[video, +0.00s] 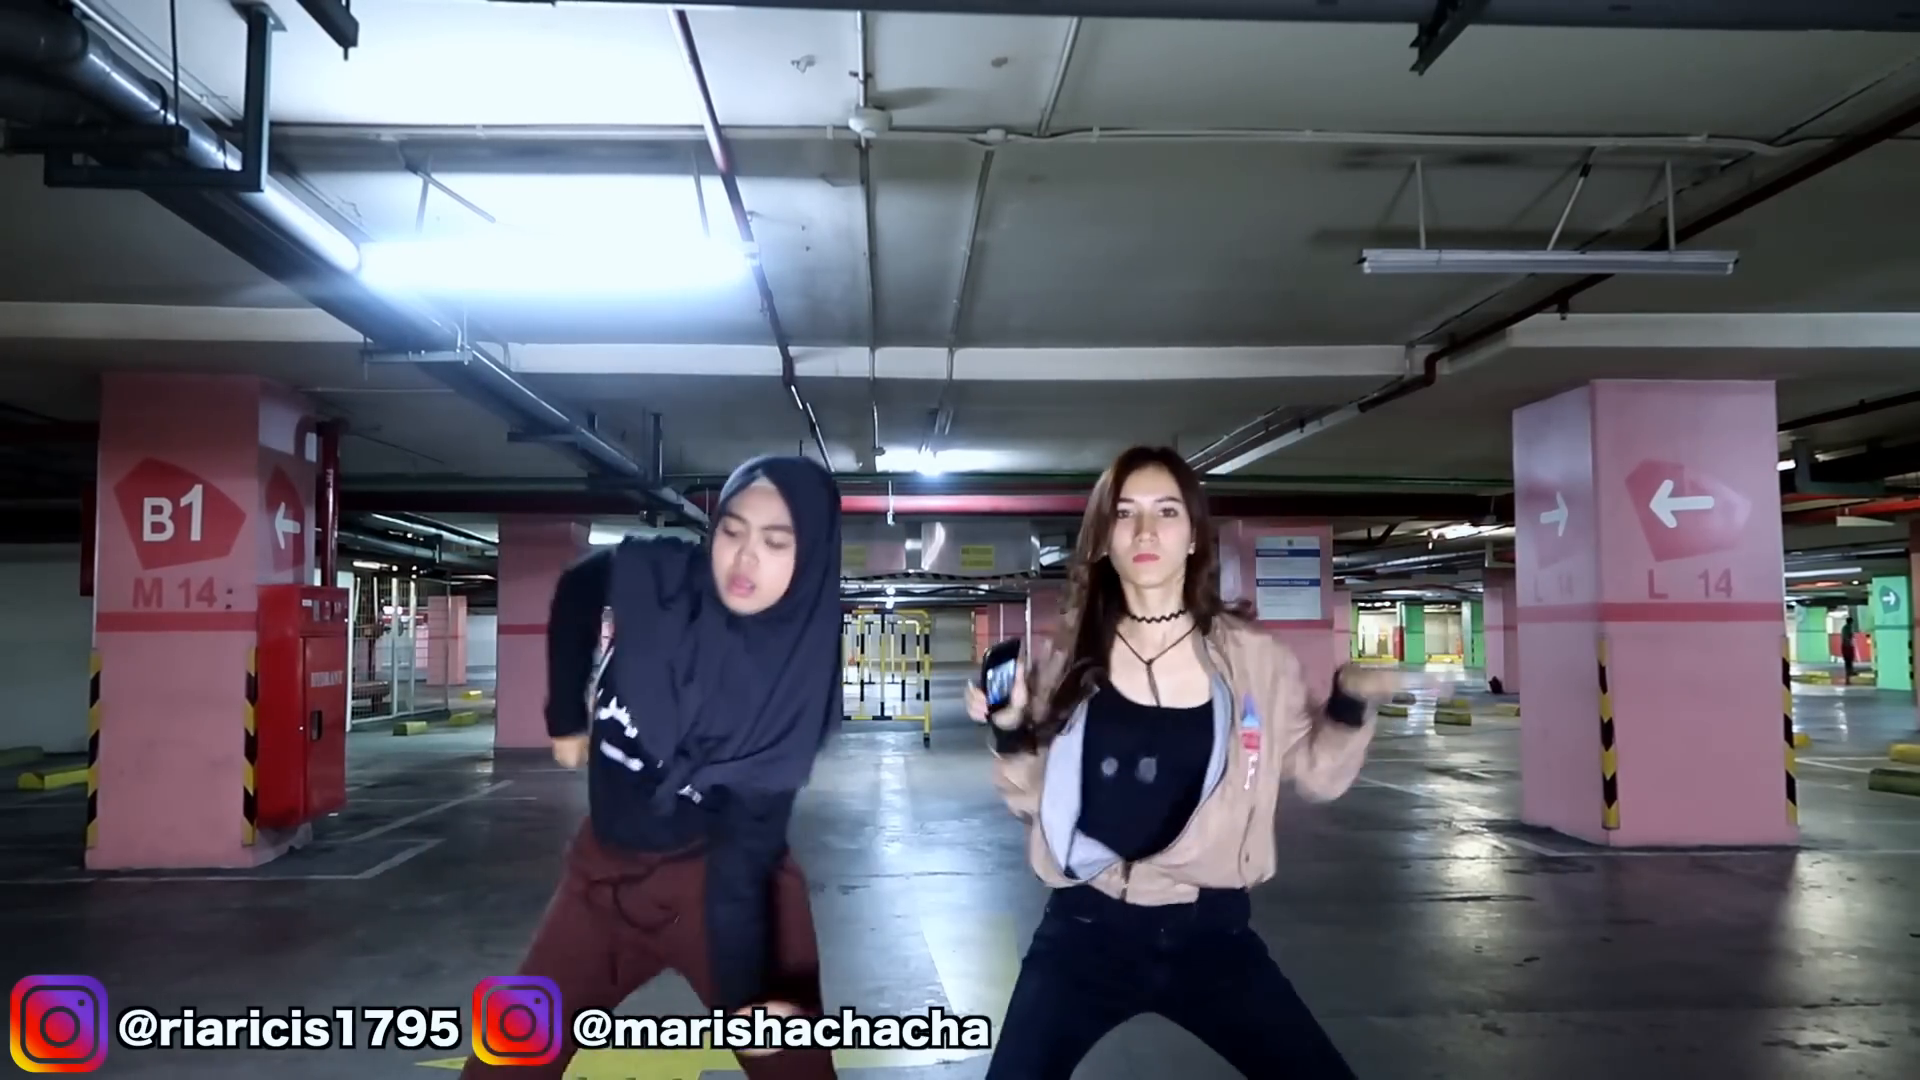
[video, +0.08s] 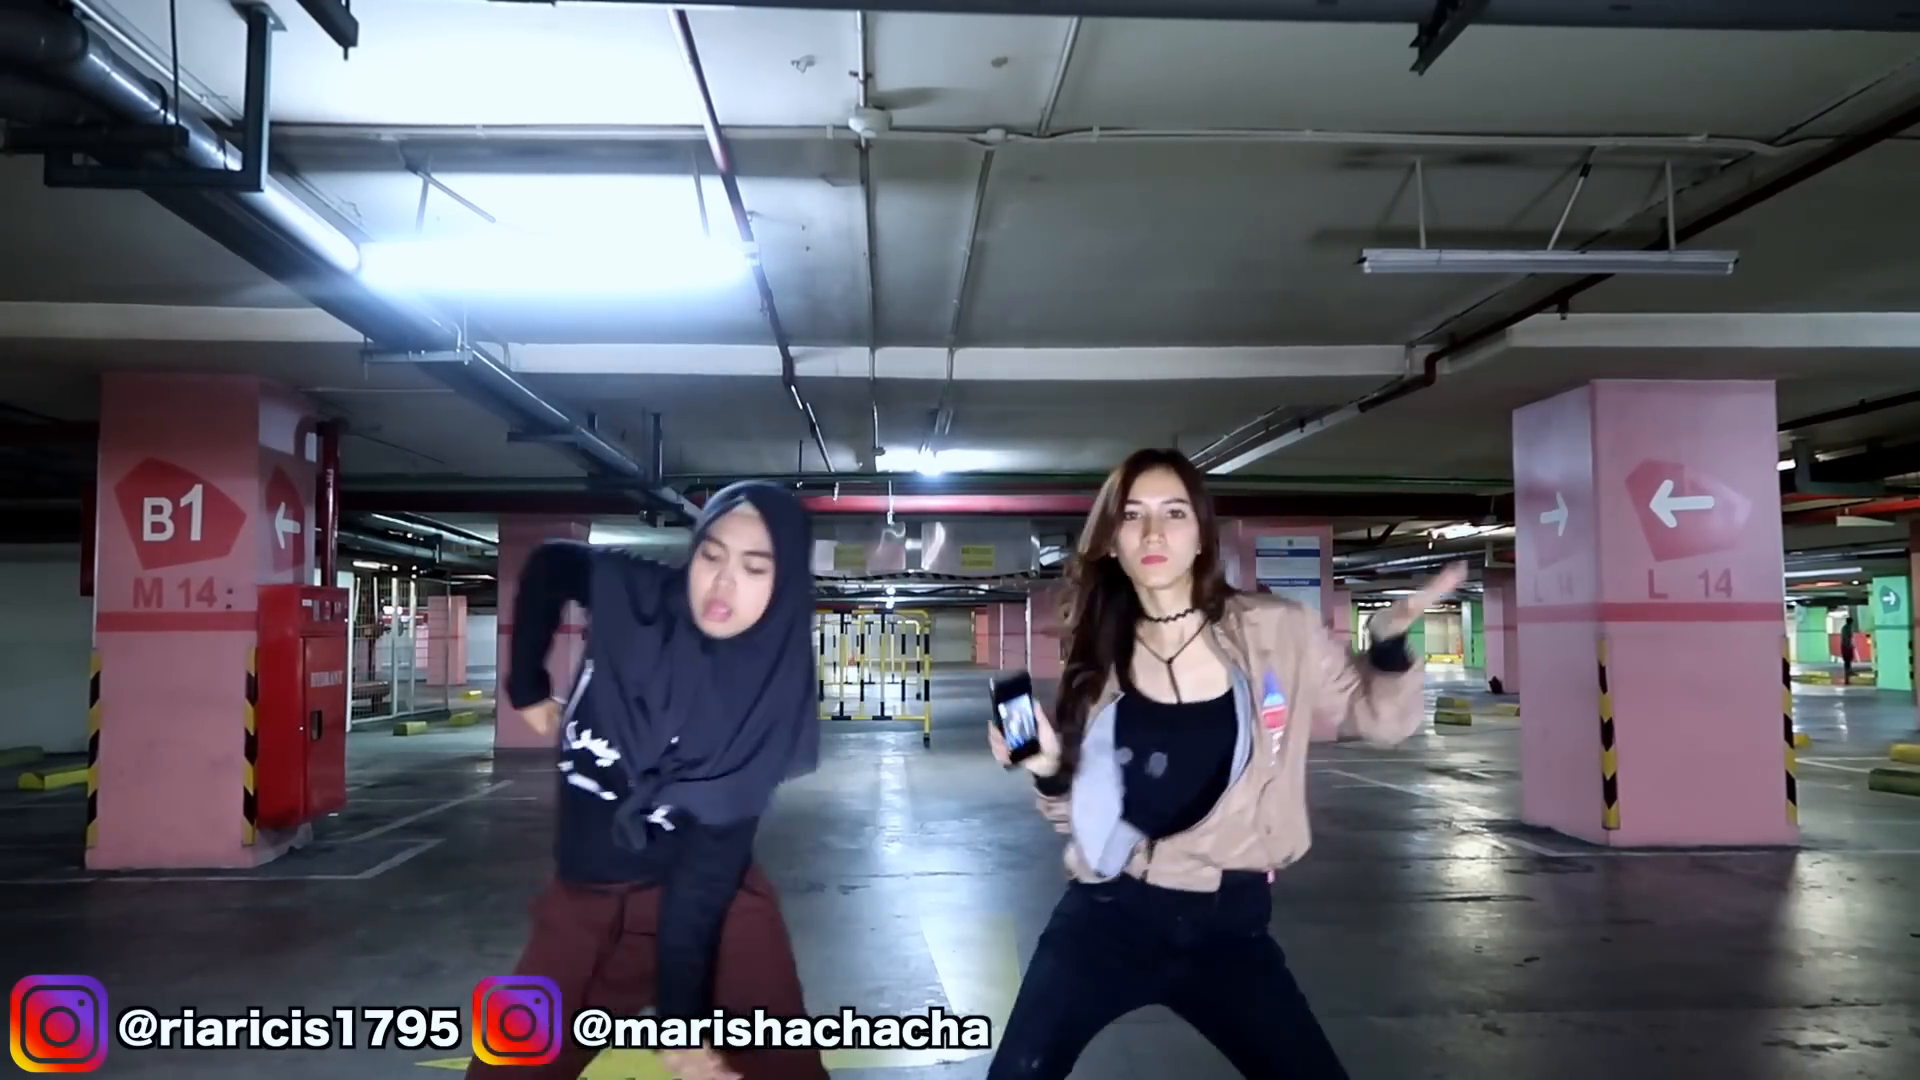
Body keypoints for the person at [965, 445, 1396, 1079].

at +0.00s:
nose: (1144, 531)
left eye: (1166, 513)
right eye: (1126, 513)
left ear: (1195, 536)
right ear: (1104, 537)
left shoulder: (1257, 658)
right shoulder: (1065, 657)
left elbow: (1318, 779)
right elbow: (1029, 802)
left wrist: (1352, 704)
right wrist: (1010, 728)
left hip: (1210, 936)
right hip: (1083, 934)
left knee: (1323, 1074)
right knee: (1014, 1072)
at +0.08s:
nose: (1152, 534)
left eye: (1173, 515)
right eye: (1133, 516)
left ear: (1202, 532)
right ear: (1109, 539)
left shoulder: (1281, 632)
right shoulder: (1096, 655)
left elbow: (1384, 725)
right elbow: (1077, 826)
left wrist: (1390, 642)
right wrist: (1050, 770)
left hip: (1225, 928)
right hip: (1101, 921)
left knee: (1317, 1074)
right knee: (1018, 1070)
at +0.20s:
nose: (1188, 499)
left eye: (1207, 480)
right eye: (1168, 486)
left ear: (1239, 498)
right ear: (1148, 511)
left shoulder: (1318, 600)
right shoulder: (1122, 614)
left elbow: (1449, 657)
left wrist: (1441, 593)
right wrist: (1055, 755)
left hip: (1265, 896)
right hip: (1138, 891)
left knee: (1362, 1071)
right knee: (1049, 1064)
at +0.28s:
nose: (1202, 482)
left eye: (1221, 462)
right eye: (1184, 468)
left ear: (1256, 480)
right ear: (1166, 490)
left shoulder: (1317, 595)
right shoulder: (1117, 590)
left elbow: (1439, 657)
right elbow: (1035, 649)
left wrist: (1440, 599)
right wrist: (1029, 728)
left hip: (1274, 878)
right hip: (1150, 879)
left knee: (1360, 1065)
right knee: (1067, 1062)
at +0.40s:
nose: (1186, 479)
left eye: (1207, 461)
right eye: (1169, 465)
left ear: (1242, 480)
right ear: (1152, 487)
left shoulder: (1280, 605)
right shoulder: (1101, 577)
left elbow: (1369, 712)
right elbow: (1006, 620)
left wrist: (1380, 655)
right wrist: (971, 708)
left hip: (1260, 880)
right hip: (1136, 883)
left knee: (1372, 1059)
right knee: (1066, 1066)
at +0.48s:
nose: (1171, 491)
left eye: (1192, 471)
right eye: (1154, 476)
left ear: (1227, 491)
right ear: (1137, 499)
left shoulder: (1267, 613)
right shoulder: (1103, 599)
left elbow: (1371, 729)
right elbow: (1026, 669)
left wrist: (1333, 664)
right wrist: (954, 727)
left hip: (1248, 891)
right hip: (1128, 891)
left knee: (1372, 1067)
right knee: (1049, 1065)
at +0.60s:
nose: (1170, 519)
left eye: (1191, 499)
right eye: (1151, 501)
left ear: (1222, 516)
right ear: (1133, 523)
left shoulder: (1277, 622)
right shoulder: (1130, 638)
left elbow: (1386, 714)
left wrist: (1309, 647)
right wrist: (981, 803)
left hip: (1264, 907)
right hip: (1145, 902)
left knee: (1361, 1072)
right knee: (1037, 1061)